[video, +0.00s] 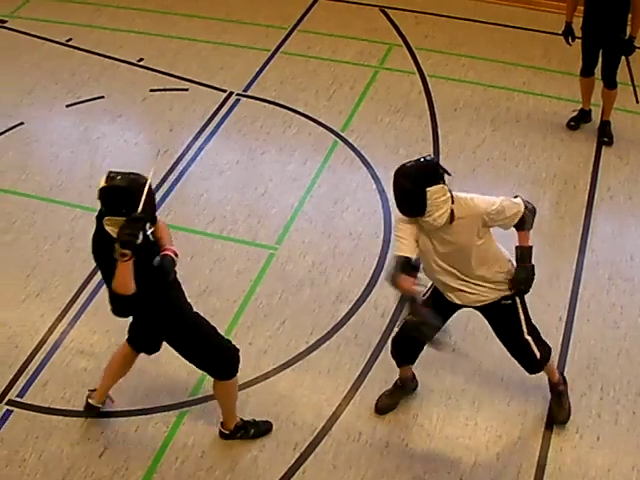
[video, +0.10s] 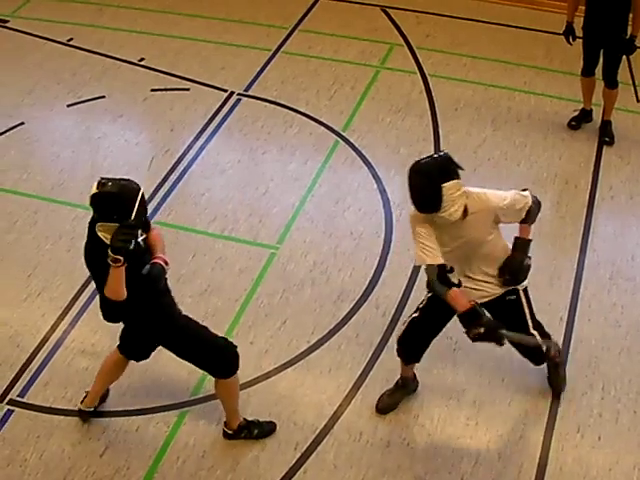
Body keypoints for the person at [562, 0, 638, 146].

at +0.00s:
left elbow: (635, 7)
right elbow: (574, 0)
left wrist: (632, 37)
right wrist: (568, 22)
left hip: (616, 31)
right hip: (591, 28)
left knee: (609, 78)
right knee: (586, 71)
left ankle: (605, 122)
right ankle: (585, 110)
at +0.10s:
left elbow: (636, 7)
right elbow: (575, 0)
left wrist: (633, 36)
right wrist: (569, 22)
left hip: (616, 31)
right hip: (592, 27)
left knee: (610, 78)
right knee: (587, 71)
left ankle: (606, 121)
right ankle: (586, 110)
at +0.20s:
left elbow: (636, 6)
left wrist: (634, 34)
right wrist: (570, 21)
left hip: (617, 30)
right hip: (593, 26)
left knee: (612, 76)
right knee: (588, 70)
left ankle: (608, 121)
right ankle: (587, 109)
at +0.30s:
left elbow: (636, 5)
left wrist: (635, 33)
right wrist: (571, 20)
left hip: (618, 29)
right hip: (593, 26)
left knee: (612, 75)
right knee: (589, 69)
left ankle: (608, 121)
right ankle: (588, 109)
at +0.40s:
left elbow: (636, 6)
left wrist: (635, 33)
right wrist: (571, 21)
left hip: (618, 29)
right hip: (594, 26)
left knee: (613, 75)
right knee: (590, 69)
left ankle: (609, 121)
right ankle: (589, 109)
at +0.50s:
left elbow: (636, 5)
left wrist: (635, 32)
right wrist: (571, 20)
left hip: (618, 28)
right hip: (594, 25)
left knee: (613, 75)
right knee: (589, 69)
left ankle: (609, 120)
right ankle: (589, 109)